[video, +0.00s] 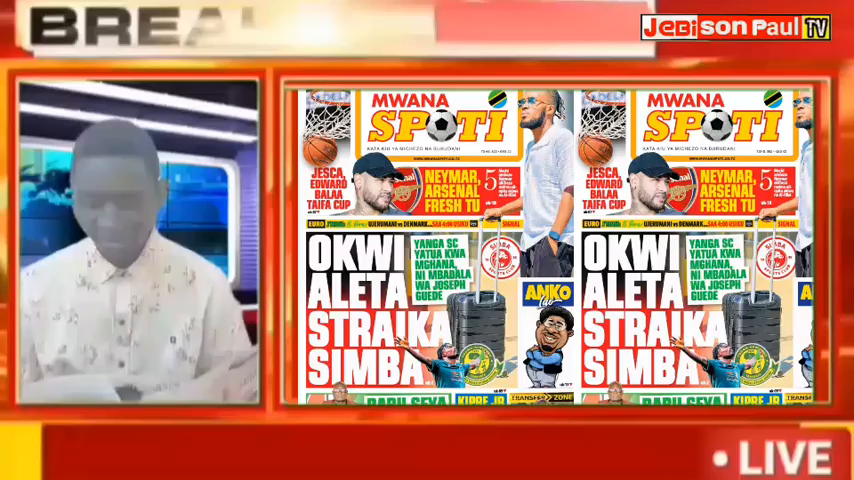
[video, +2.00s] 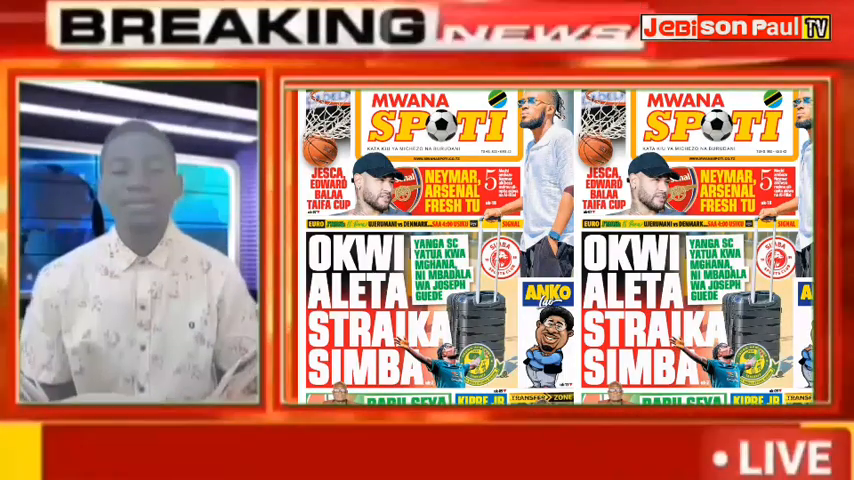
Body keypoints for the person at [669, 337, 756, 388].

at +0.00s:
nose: (729, 348)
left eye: (729, 347)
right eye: (725, 347)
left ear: (731, 351)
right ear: (718, 353)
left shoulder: (737, 366)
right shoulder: (714, 364)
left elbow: (750, 365)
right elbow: (698, 359)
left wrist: (754, 358)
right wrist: (683, 348)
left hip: (737, 401)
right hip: (720, 401)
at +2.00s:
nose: (729, 348)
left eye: (729, 347)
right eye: (725, 347)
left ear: (731, 351)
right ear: (718, 353)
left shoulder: (737, 366)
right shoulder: (714, 364)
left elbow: (750, 365)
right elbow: (698, 359)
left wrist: (754, 359)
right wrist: (684, 348)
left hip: (737, 401)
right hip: (720, 401)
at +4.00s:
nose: (729, 348)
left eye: (729, 347)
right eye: (725, 347)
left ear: (731, 351)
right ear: (718, 353)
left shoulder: (737, 366)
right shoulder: (714, 364)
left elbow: (750, 365)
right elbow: (698, 359)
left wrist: (754, 359)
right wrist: (684, 348)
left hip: (737, 401)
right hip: (720, 401)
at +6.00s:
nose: (729, 348)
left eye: (729, 347)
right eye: (724, 347)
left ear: (731, 351)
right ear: (718, 353)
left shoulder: (737, 366)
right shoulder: (714, 364)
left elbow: (749, 365)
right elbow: (698, 359)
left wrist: (754, 359)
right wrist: (684, 348)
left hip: (736, 401)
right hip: (720, 401)